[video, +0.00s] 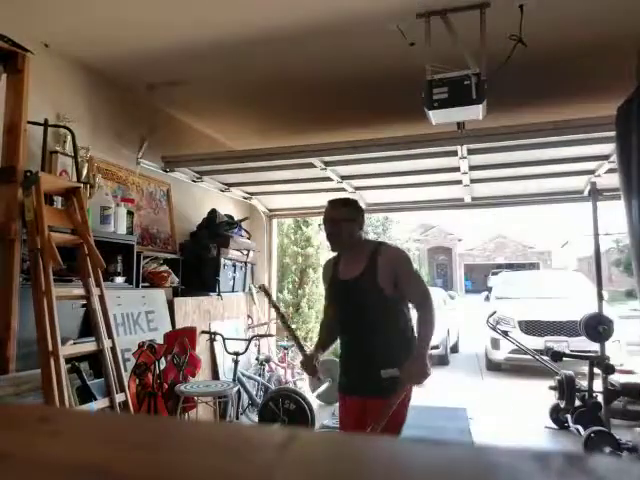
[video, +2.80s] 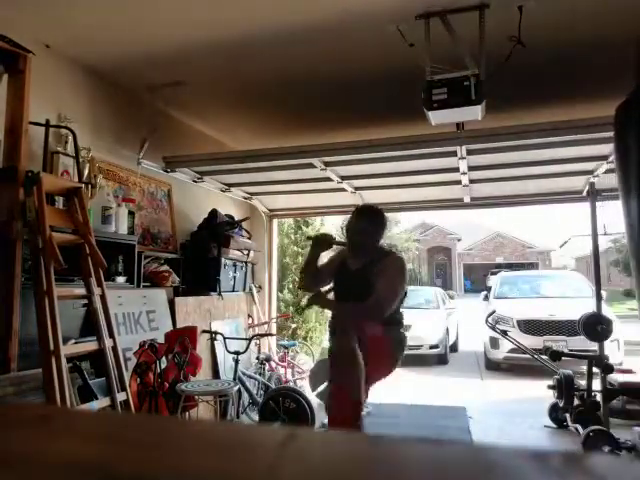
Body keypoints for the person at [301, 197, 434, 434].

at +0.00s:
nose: (329, 230)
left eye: (337, 223)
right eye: (326, 224)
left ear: (358, 225)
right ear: (323, 226)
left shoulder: (390, 258)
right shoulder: (332, 268)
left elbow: (424, 304)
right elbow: (332, 318)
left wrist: (420, 355)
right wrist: (317, 352)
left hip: (389, 374)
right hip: (351, 373)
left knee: (377, 458)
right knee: (350, 456)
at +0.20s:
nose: (348, 231)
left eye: (355, 225)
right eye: (346, 225)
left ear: (375, 226)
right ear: (344, 228)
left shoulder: (402, 260)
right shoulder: (356, 269)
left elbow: (427, 315)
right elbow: (356, 313)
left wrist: (399, 359)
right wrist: (321, 322)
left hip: (405, 381)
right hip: (364, 379)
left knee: (405, 460)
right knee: (359, 460)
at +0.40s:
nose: (377, 231)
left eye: (385, 226)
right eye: (376, 226)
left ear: (403, 229)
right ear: (373, 229)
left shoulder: (424, 264)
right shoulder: (380, 269)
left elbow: (426, 321)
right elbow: (362, 308)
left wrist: (379, 338)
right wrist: (339, 278)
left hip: (424, 378)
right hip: (386, 377)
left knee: (426, 456)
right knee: (378, 454)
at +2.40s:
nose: (364, 236)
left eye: (370, 230)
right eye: (362, 230)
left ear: (388, 233)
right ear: (359, 232)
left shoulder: (406, 266)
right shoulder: (361, 268)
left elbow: (391, 309)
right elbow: (339, 298)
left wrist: (346, 307)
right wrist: (332, 271)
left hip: (408, 372)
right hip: (367, 370)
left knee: (416, 449)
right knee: (356, 448)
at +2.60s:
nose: (354, 237)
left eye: (361, 231)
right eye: (352, 230)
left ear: (377, 232)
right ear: (349, 231)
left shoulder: (392, 262)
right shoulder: (354, 265)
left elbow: (377, 307)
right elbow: (328, 293)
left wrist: (334, 307)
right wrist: (321, 264)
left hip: (392, 369)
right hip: (355, 367)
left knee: (396, 446)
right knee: (348, 446)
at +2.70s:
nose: (354, 236)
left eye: (362, 230)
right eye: (351, 228)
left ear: (378, 232)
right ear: (348, 227)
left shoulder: (392, 260)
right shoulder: (345, 257)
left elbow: (380, 307)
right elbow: (311, 283)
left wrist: (331, 302)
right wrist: (315, 251)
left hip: (382, 349)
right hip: (347, 348)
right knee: (343, 419)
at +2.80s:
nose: (354, 237)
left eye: (362, 232)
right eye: (352, 229)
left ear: (377, 234)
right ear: (347, 229)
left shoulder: (392, 264)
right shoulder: (343, 257)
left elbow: (379, 311)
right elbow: (309, 284)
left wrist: (328, 304)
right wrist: (315, 250)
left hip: (382, 343)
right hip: (344, 341)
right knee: (339, 403)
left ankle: (348, 427)